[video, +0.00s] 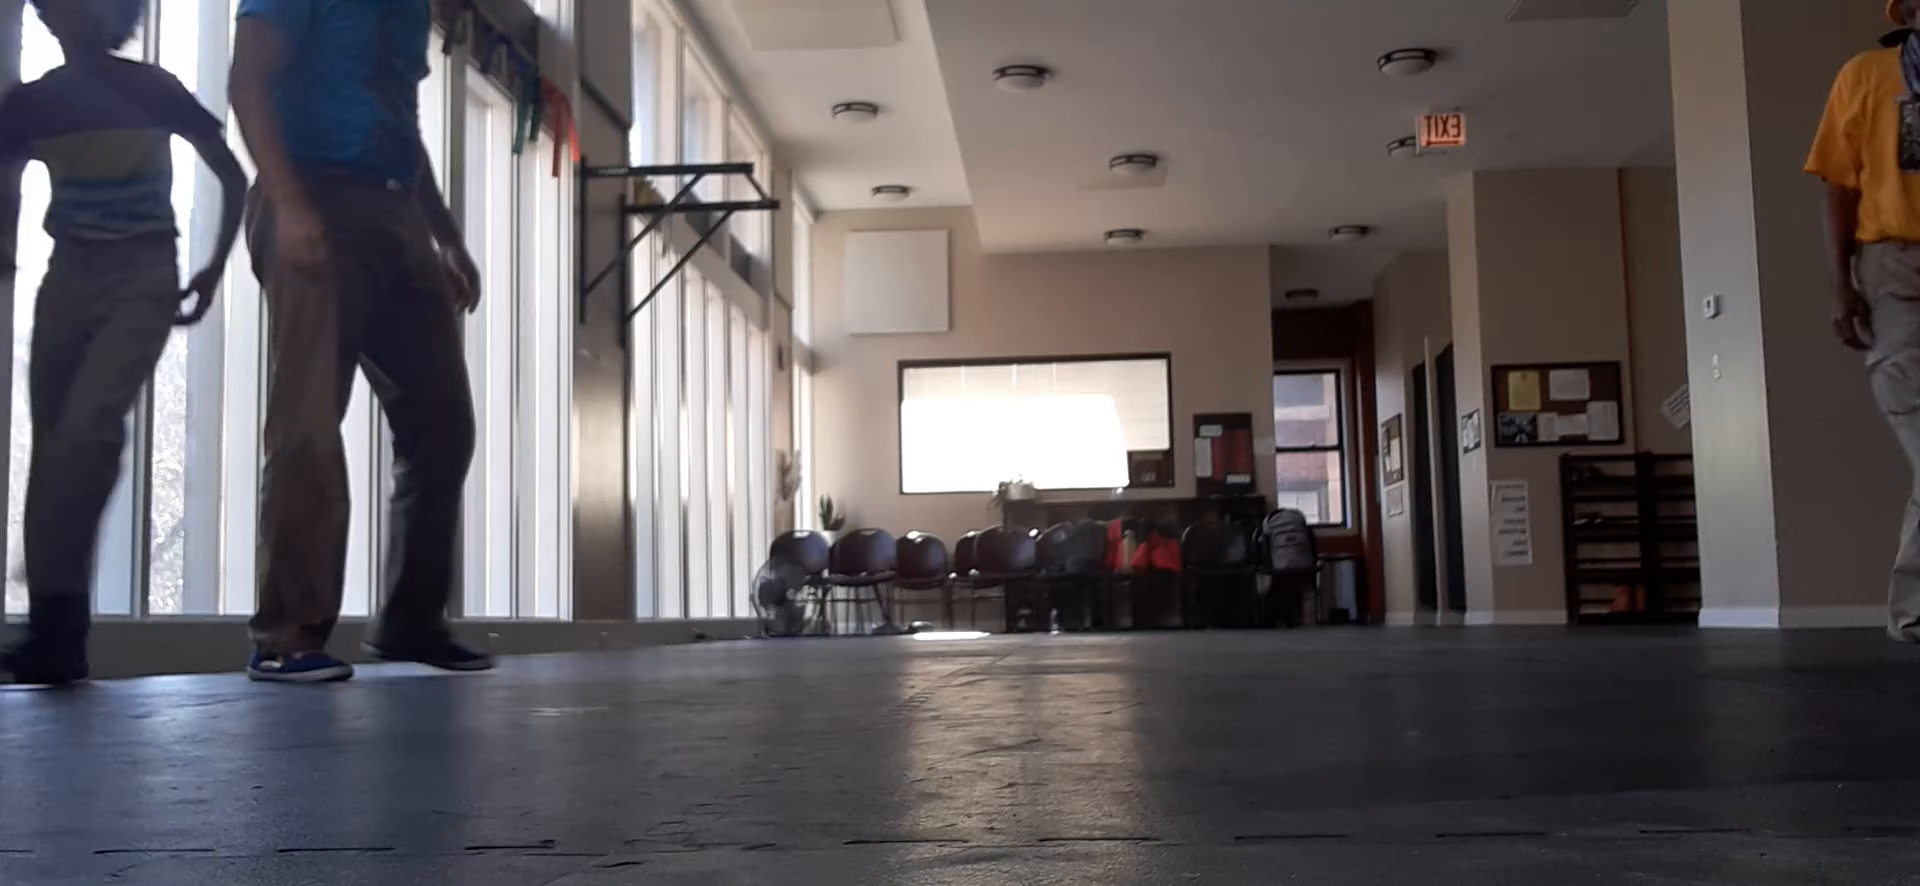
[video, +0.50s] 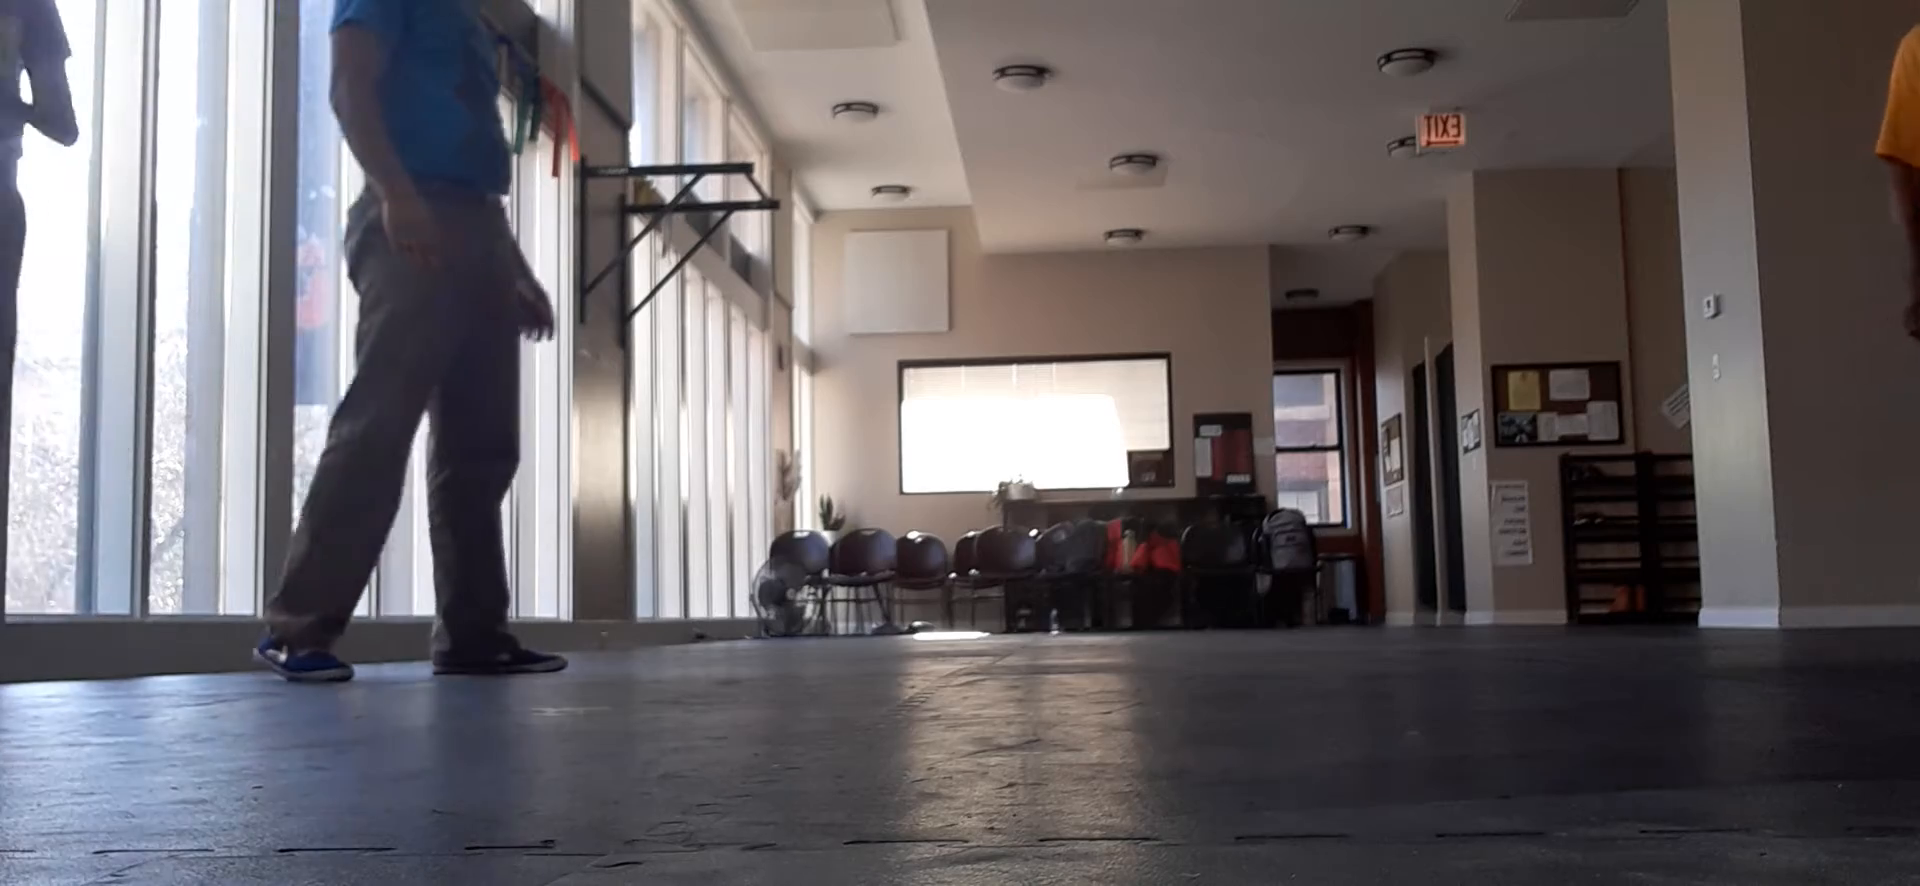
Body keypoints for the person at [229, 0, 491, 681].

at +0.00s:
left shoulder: (410, 11)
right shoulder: (291, 4)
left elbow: (398, 124)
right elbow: (247, 84)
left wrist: (447, 237)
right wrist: (289, 202)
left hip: (396, 211)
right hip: (310, 203)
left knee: (440, 426)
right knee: (305, 430)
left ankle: (412, 623)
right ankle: (285, 640)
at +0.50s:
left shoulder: (466, 23)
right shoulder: (383, 4)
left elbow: (472, 167)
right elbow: (350, 90)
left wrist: (513, 270)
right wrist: (399, 195)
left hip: (479, 226)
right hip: (415, 218)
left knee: (478, 447)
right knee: (379, 427)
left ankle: (472, 637)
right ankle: (295, 631)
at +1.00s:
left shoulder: (513, 37)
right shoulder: (434, 5)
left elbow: (521, 182)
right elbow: (398, 96)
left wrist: (569, 280)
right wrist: (448, 195)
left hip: (517, 227)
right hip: (464, 220)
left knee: (515, 438)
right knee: (476, 422)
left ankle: (477, 636)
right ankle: (401, 621)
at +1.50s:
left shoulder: (511, 24)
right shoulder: (457, 5)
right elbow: (402, 90)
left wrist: (542, 99)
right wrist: (442, 189)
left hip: (507, 219)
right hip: (460, 213)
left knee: (507, 428)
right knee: (486, 405)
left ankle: (475, 631)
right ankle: (393, 605)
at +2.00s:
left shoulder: (471, 30)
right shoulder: (394, 5)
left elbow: (471, 167)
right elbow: (357, 104)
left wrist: (504, 287)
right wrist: (422, 184)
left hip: (480, 238)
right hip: (411, 230)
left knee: (474, 453)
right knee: (391, 433)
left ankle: (472, 639)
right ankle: (328, 625)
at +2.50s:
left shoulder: (411, 29)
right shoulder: (316, 32)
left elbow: (413, 114)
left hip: (415, 241)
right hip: (331, 243)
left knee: (447, 450)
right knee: (314, 453)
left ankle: (464, 630)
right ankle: (318, 639)